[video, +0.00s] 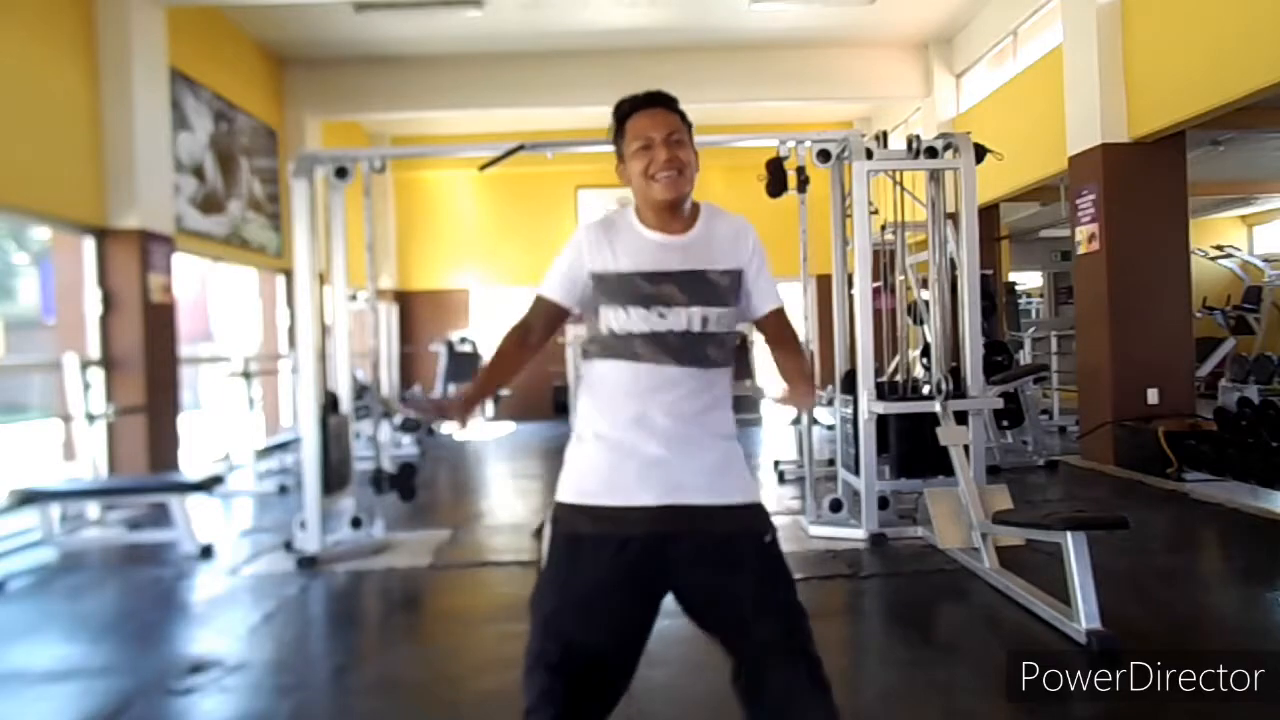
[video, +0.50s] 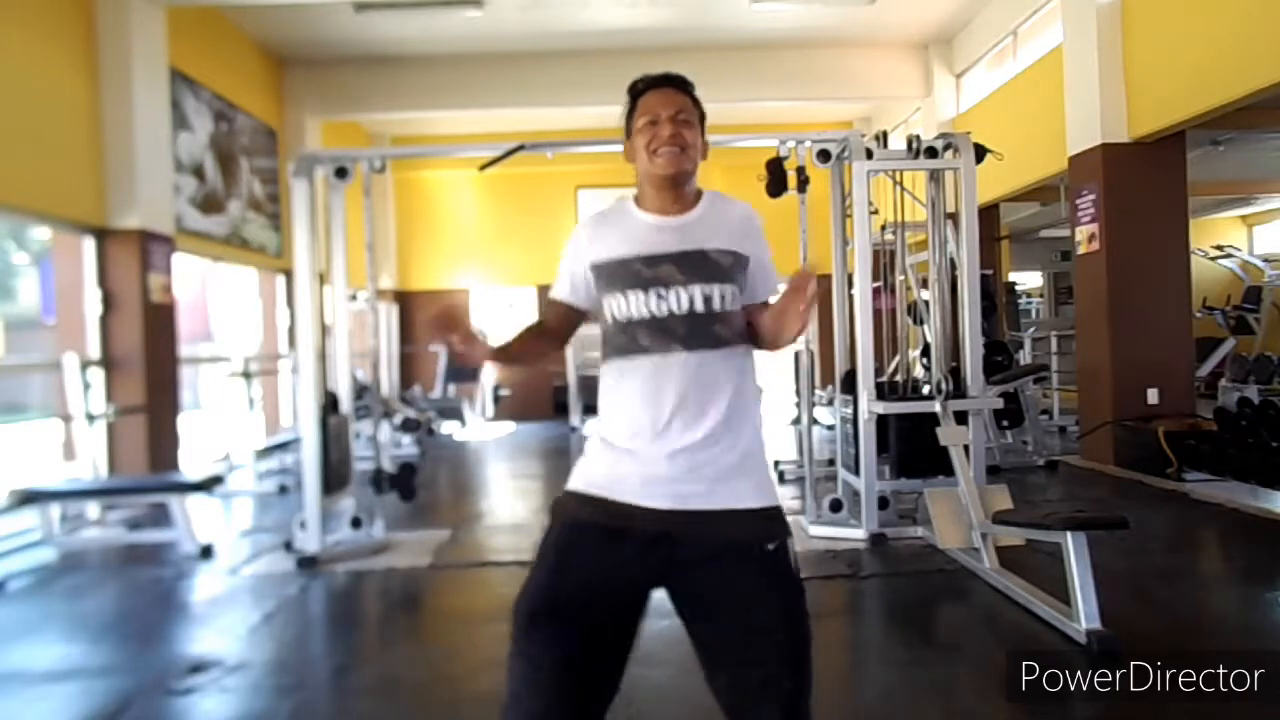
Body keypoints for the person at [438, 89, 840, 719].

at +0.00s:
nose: (666, 156)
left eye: (676, 141)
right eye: (646, 147)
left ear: (696, 152)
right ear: (623, 169)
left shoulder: (735, 239)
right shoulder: (594, 243)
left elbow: (776, 327)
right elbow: (535, 329)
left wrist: (799, 379)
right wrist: (474, 393)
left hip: (715, 496)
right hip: (603, 498)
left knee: (786, 671)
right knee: (561, 686)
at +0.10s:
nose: (668, 141)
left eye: (681, 127)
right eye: (649, 132)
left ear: (700, 141)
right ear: (627, 154)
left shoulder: (736, 226)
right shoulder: (597, 236)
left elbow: (755, 323)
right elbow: (551, 327)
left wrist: (770, 328)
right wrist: (494, 341)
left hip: (724, 497)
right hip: (607, 496)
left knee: (769, 693)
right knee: (554, 686)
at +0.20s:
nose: (665, 131)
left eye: (679, 118)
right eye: (647, 120)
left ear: (698, 134)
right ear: (623, 139)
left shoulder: (726, 225)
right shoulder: (588, 215)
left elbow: (742, 330)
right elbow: (562, 328)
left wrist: (810, 332)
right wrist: (557, 319)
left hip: (720, 494)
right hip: (604, 493)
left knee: (778, 689)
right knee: (555, 692)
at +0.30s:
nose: (663, 136)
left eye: (676, 124)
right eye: (644, 126)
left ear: (694, 143)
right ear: (620, 147)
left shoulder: (723, 241)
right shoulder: (583, 226)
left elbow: (767, 343)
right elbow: (540, 323)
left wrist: (834, 383)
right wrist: (535, 370)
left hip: (717, 496)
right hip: (597, 499)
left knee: (794, 674)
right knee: (553, 698)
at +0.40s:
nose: (664, 148)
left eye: (678, 136)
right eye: (646, 139)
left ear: (697, 153)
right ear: (624, 161)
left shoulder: (736, 238)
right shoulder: (593, 245)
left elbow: (784, 334)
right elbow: (535, 341)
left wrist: (795, 374)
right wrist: (472, 407)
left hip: (724, 508)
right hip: (603, 511)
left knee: (791, 689)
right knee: (553, 696)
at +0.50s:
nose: (668, 132)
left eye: (683, 120)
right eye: (651, 123)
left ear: (704, 142)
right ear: (630, 148)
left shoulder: (738, 223)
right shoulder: (595, 235)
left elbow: (762, 328)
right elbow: (552, 334)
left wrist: (783, 324)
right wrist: (490, 352)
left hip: (731, 497)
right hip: (611, 494)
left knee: (774, 696)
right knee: (546, 686)